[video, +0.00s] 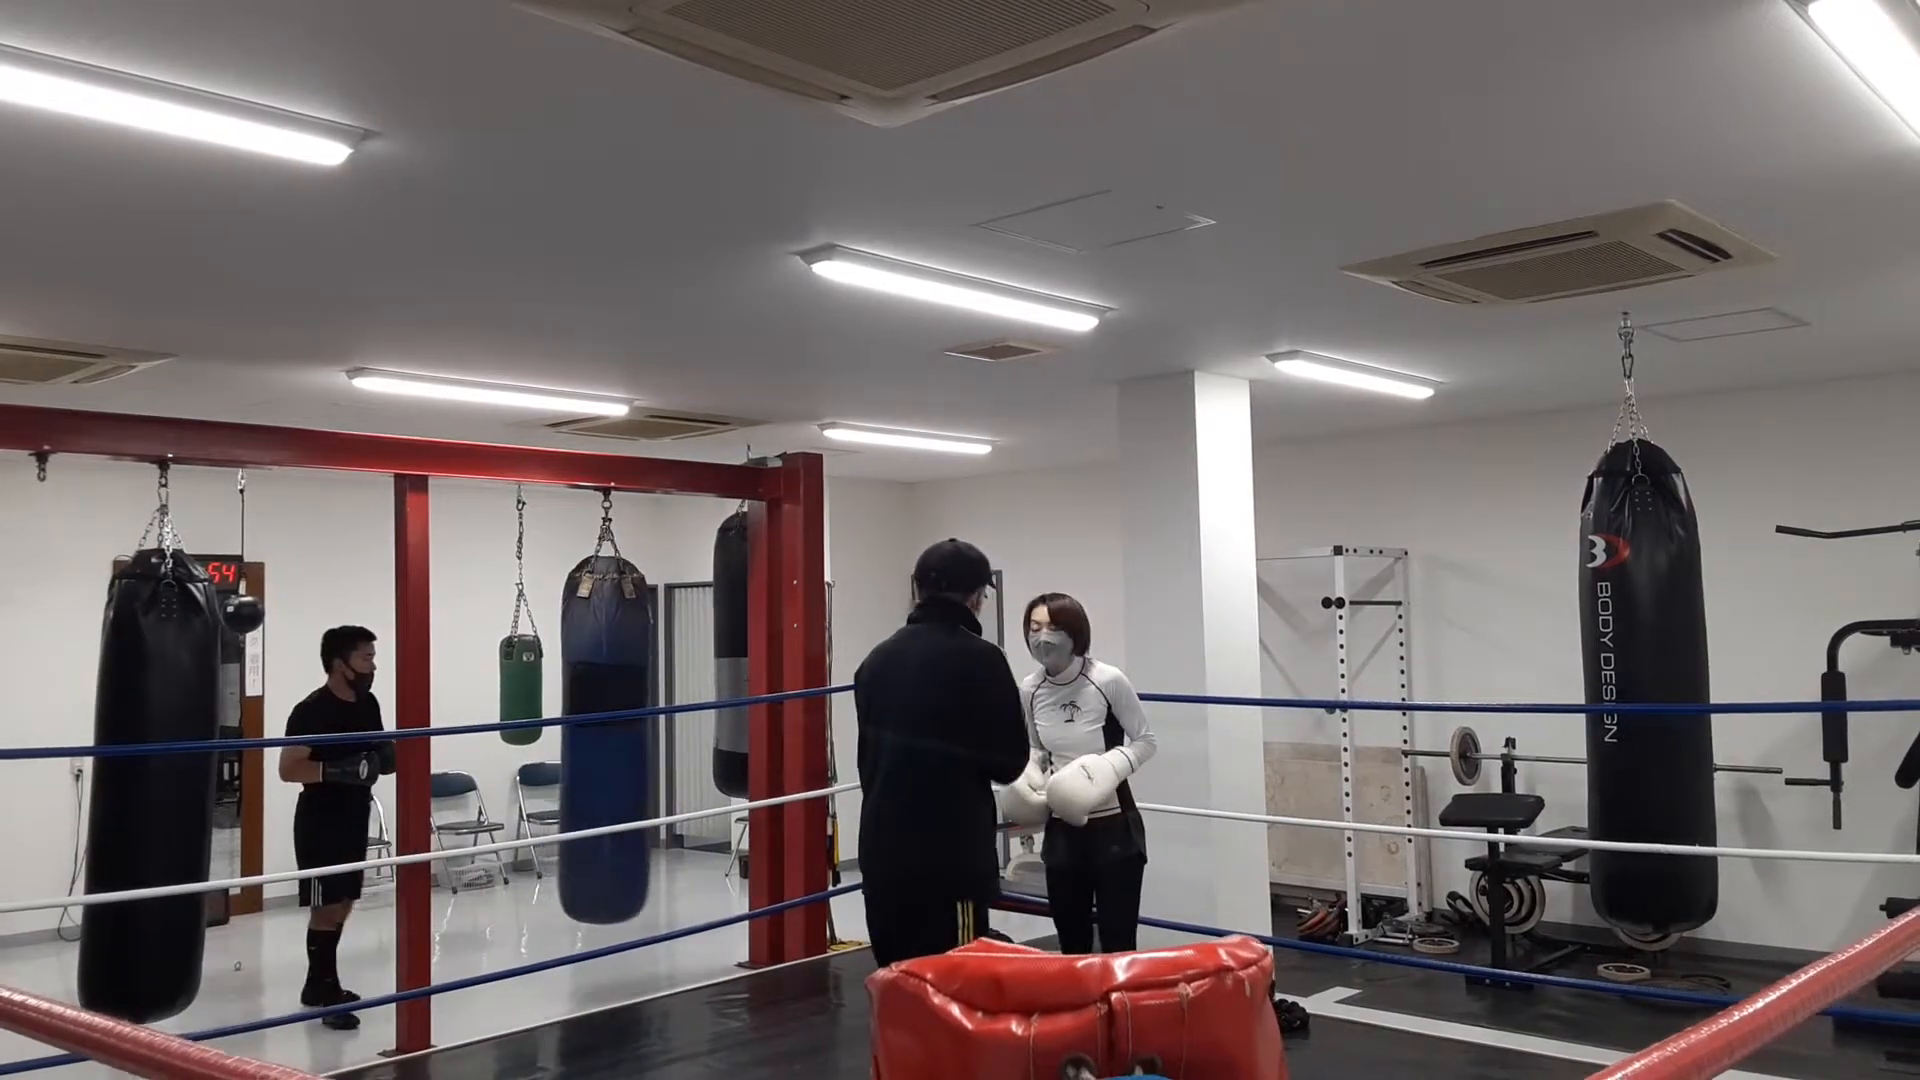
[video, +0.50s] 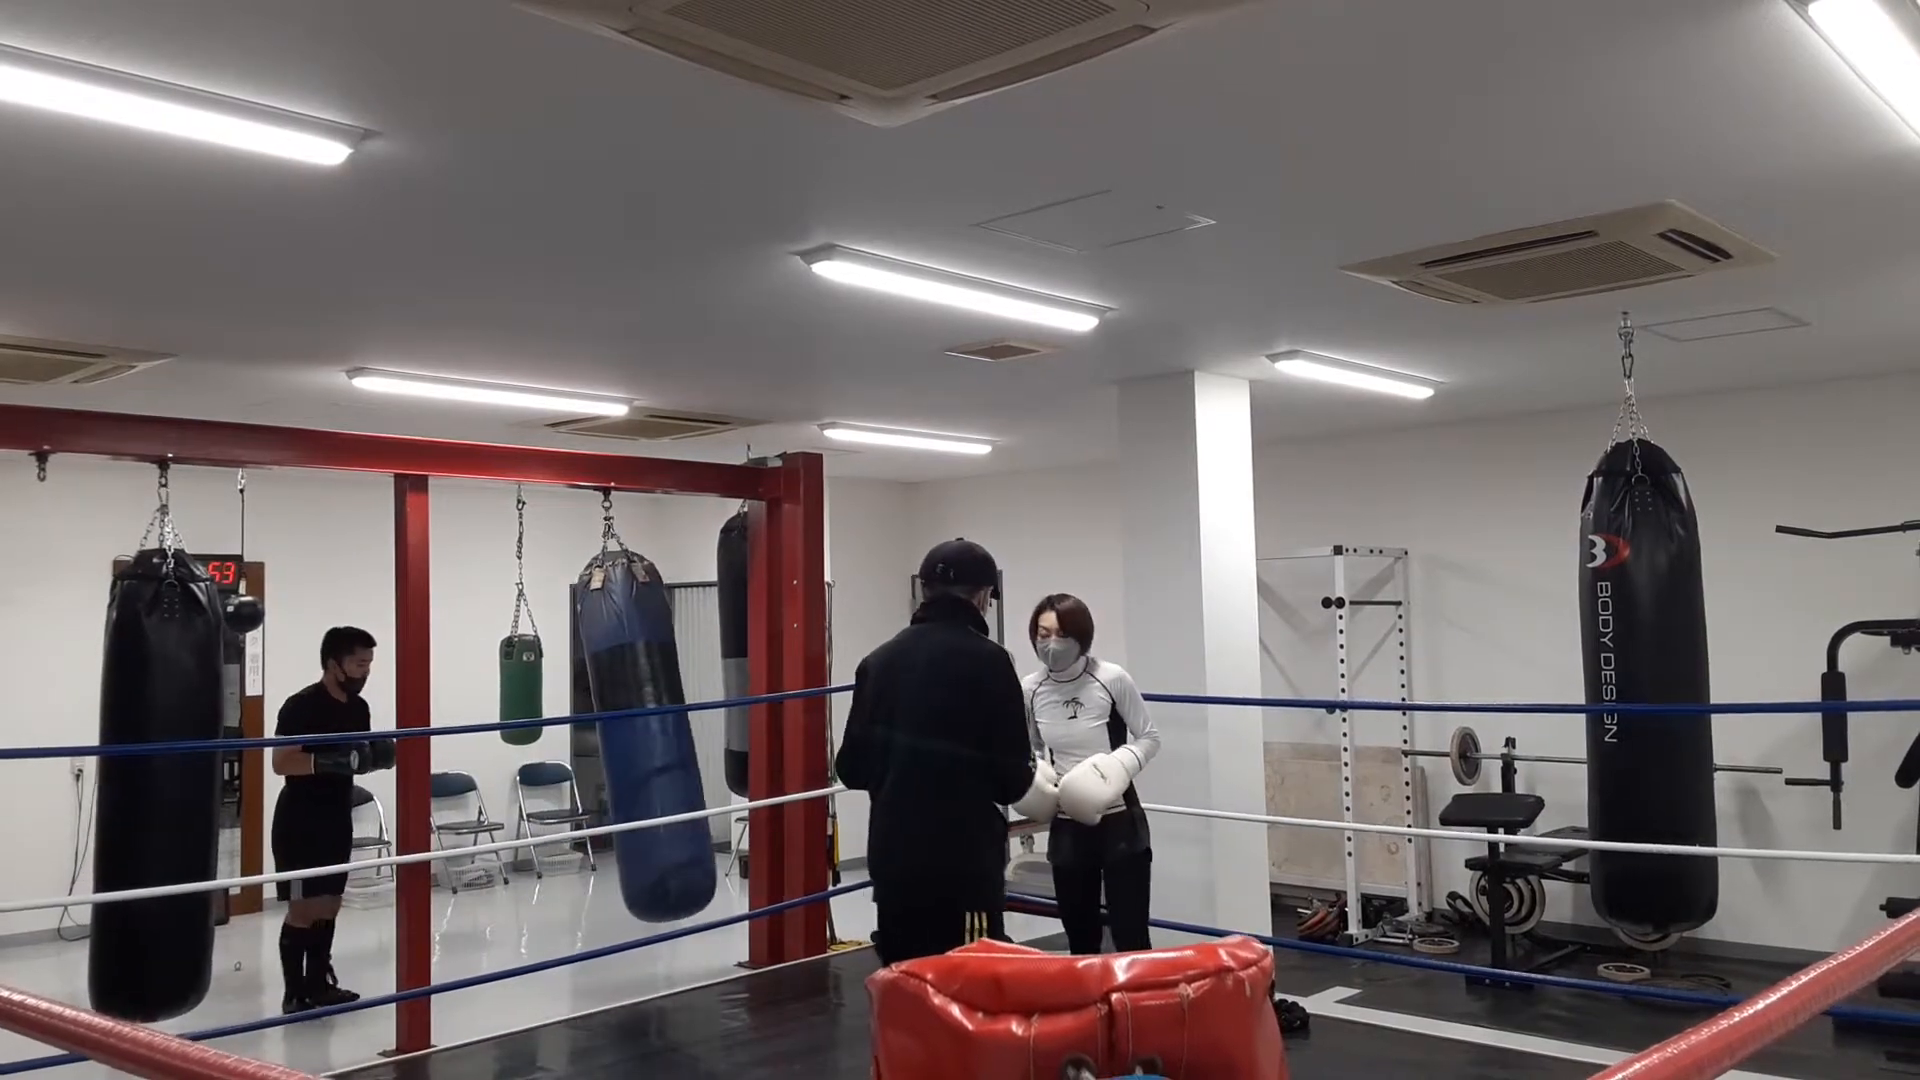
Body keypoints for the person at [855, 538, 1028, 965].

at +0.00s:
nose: (983, 604)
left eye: (983, 595)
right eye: (983, 595)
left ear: (921, 590)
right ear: (974, 598)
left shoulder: (875, 662)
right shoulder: (982, 658)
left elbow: (868, 766)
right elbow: (1009, 763)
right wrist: (951, 749)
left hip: (885, 852)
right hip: (957, 853)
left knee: (900, 989)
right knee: (956, 989)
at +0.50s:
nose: (988, 607)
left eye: (989, 598)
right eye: (989, 598)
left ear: (925, 591)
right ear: (980, 597)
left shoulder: (878, 661)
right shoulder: (991, 660)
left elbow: (852, 767)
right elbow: (1012, 781)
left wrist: (906, 769)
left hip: (896, 854)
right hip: (969, 854)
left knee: (908, 986)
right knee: (972, 988)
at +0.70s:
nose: (1006, 614)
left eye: (1007, 604)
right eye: (1006, 603)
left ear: (944, 597)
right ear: (995, 602)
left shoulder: (903, 664)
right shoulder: (995, 664)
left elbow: (879, 780)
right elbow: (1035, 788)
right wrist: (1049, 762)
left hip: (915, 861)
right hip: (984, 863)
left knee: (924, 996)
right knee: (984, 994)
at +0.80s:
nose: (1012, 612)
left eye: (1014, 603)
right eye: (1014, 602)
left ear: (951, 594)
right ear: (1003, 600)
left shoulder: (909, 663)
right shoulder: (996, 660)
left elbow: (901, 772)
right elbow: (1045, 783)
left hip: (922, 865)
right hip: (987, 869)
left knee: (937, 1004)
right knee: (994, 1003)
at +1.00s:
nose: (1022, 613)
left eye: (1024, 602)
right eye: (1022, 601)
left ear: (961, 593)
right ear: (1009, 599)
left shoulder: (918, 661)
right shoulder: (1001, 659)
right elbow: (1078, 767)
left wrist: (1055, 695)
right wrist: (1091, 690)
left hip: (929, 874)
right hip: (995, 879)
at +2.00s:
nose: (1051, 623)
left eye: (1053, 611)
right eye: (1051, 610)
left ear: (988, 602)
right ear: (1035, 608)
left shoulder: (936, 660)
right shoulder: (1017, 667)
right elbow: (1094, 764)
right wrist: (1111, 673)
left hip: (918, 879)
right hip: (979, 886)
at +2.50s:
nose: (1016, 621)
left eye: (1018, 609)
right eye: (1016, 608)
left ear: (947, 603)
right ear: (999, 606)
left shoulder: (899, 668)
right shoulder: (1004, 680)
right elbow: (1068, 795)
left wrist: (1047, 694)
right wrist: (1098, 694)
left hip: (892, 896)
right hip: (971, 903)